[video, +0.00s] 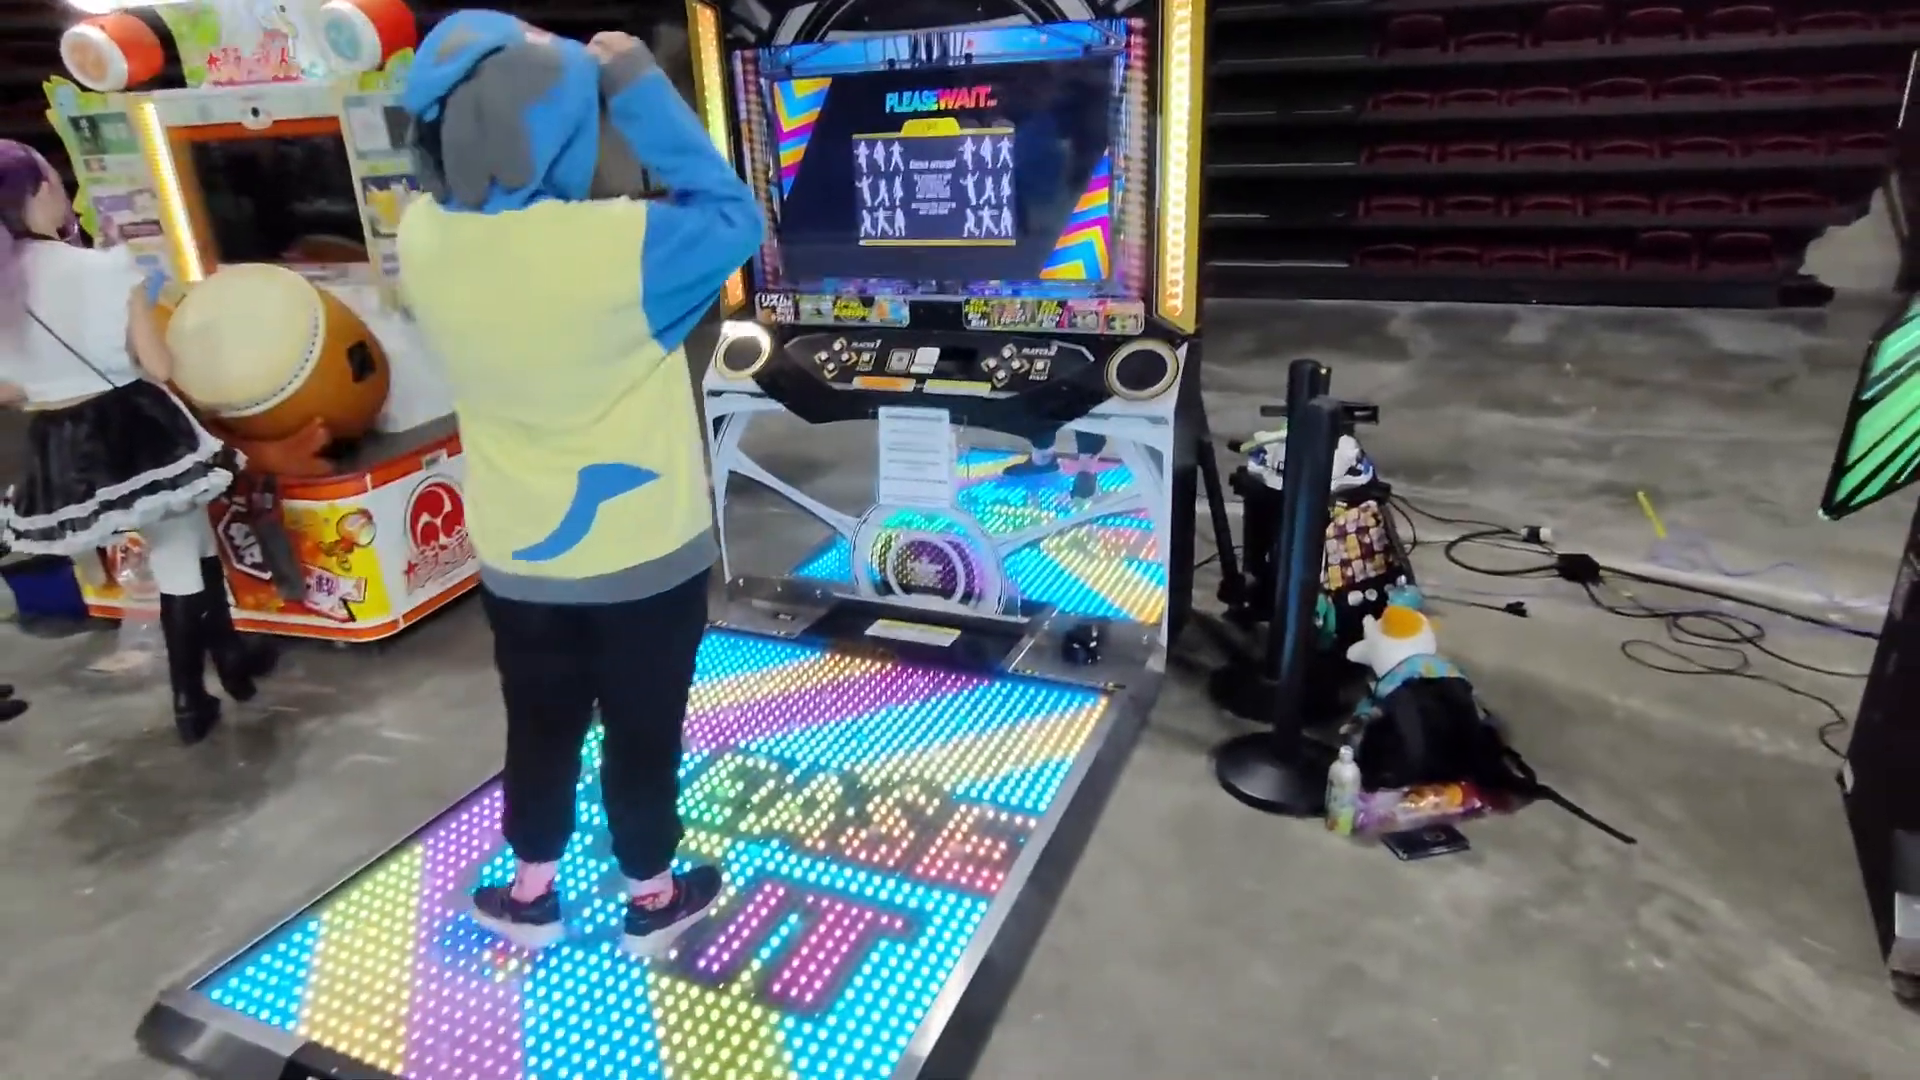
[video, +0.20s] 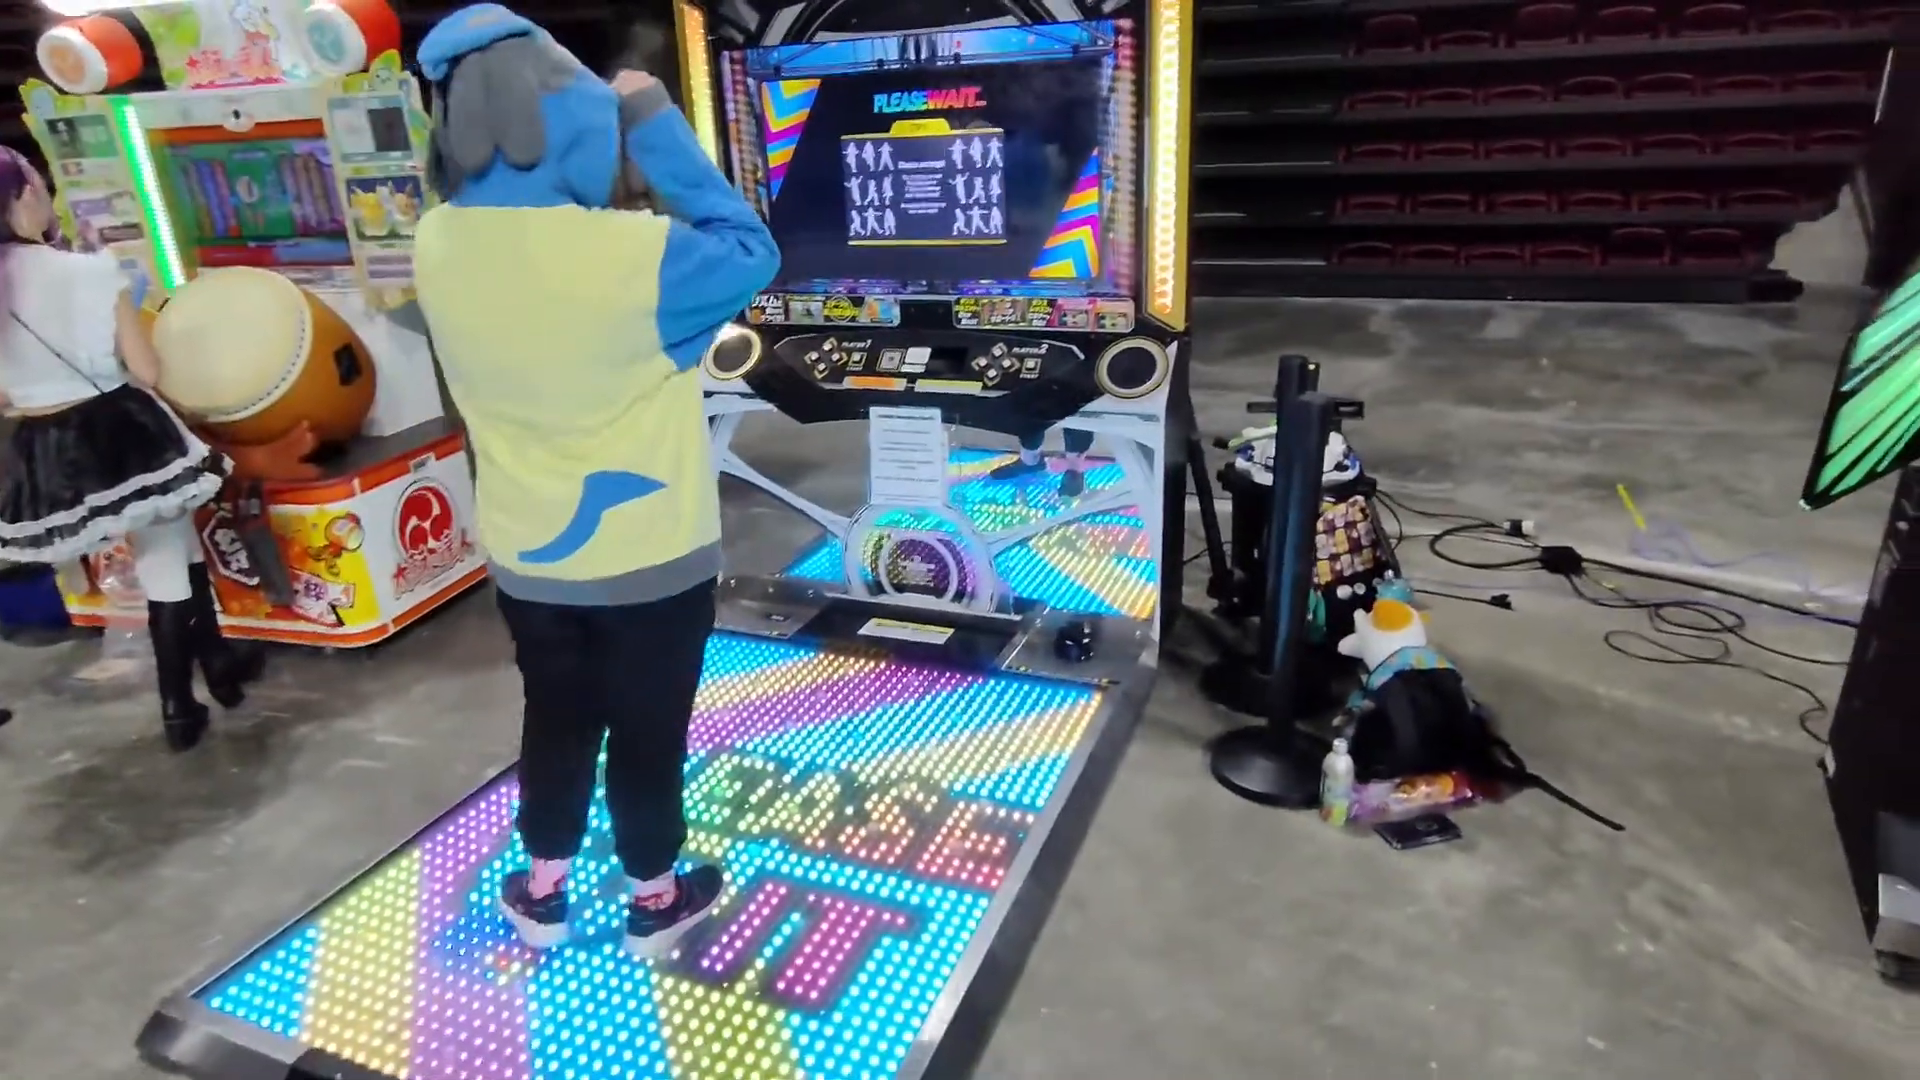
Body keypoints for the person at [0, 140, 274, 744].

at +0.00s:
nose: (65, 195)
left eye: (59, 184)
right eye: (57, 185)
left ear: (11, 204)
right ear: (33, 196)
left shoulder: (5, 283)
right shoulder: (106, 267)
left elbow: (10, 389)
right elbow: (156, 365)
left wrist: (58, 386)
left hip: (62, 440)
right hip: (134, 426)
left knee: (181, 533)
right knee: (175, 550)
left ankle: (233, 654)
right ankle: (190, 702)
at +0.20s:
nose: (49, 204)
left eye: (43, 192)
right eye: (42, 193)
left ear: (6, 202)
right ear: (21, 198)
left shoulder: (5, 278)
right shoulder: (87, 272)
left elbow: (11, 389)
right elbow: (144, 369)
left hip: (37, 445)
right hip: (112, 433)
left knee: (169, 536)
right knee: (163, 553)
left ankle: (218, 661)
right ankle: (178, 708)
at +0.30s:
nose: (35, 203)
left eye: (29, 190)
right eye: (29, 191)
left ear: (3, 197)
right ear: (10, 196)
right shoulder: (80, 276)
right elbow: (134, 374)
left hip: (22, 456)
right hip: (102, 444)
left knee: (157, 533)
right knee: (152, 554)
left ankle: (210, 666)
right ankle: (167, 711)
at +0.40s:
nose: (25, 202)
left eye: (20, 189)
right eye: (19, 190)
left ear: (3, 195)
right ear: (5, 197)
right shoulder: (72, 278)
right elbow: (127, 376)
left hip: (17, 458)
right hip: (92, 447)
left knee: (147, 536)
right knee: (143, 555)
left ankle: (202, 670)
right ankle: (157, 714)